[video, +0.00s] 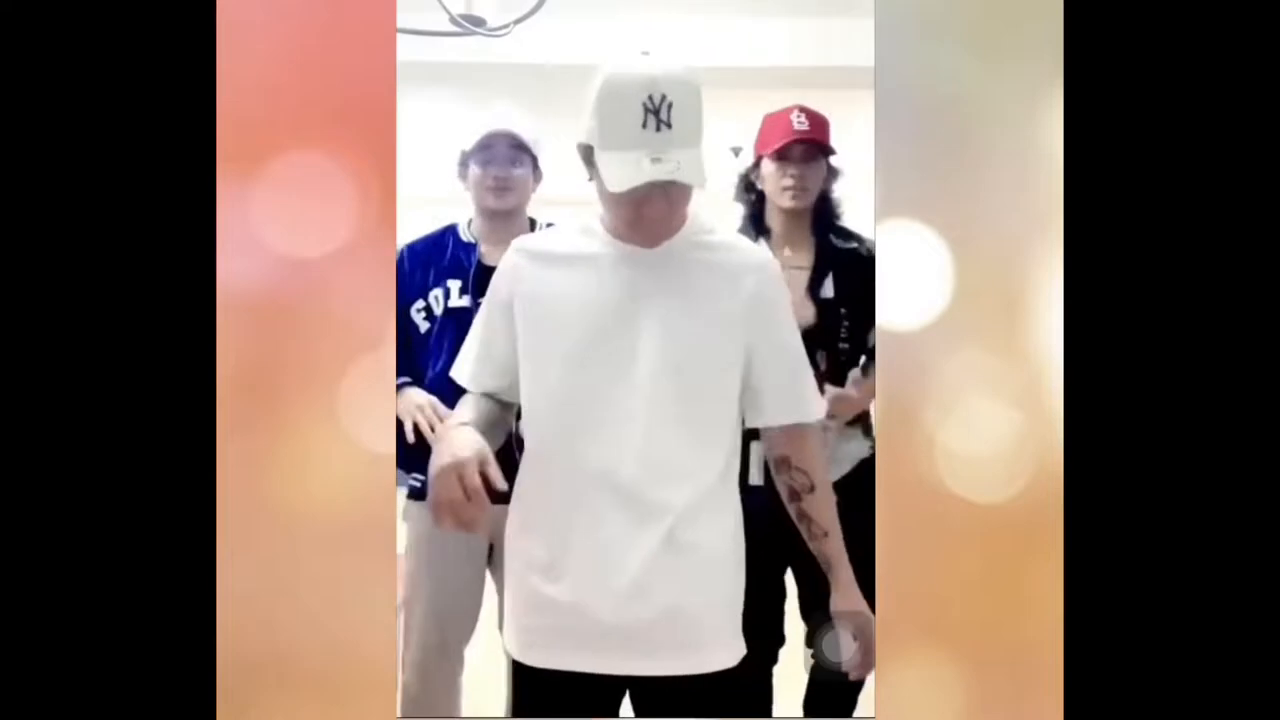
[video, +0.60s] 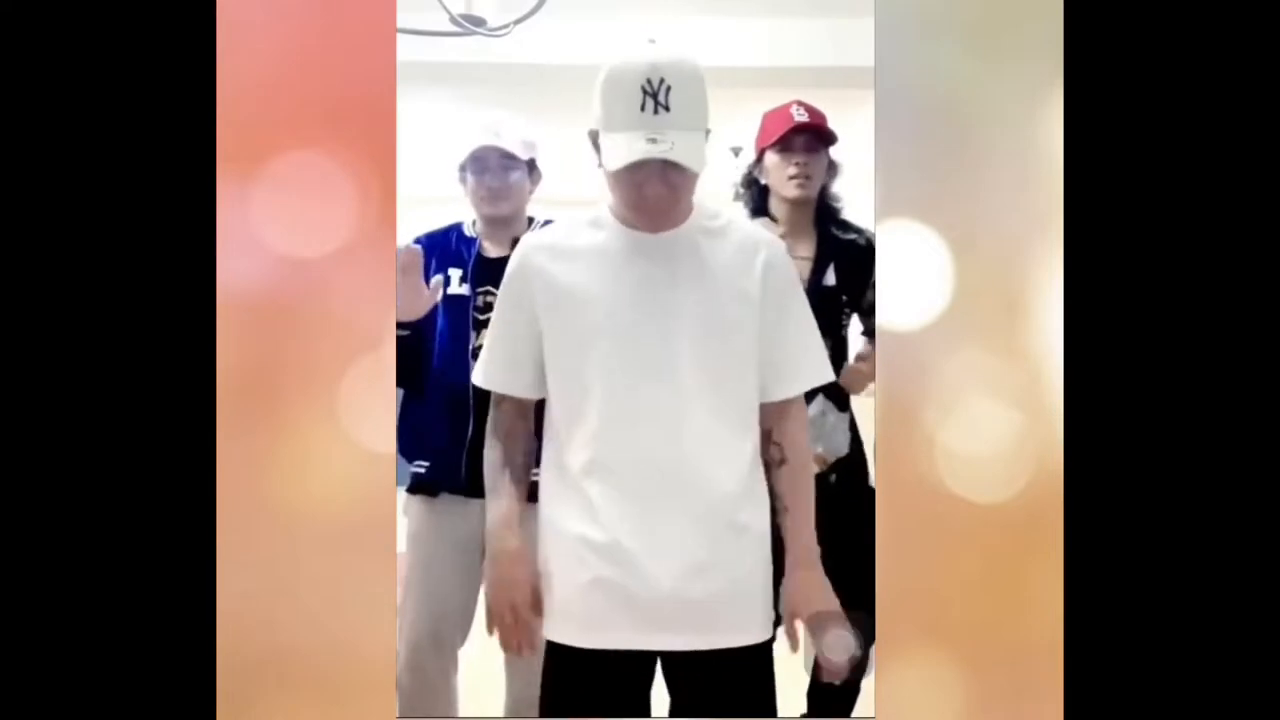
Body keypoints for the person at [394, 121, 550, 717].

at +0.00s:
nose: (500, 172)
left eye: (515, 162)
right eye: (486, 161)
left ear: (537, 179)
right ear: (464, 176)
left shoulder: (562, 262)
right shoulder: (418, 262)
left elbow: (589, 361)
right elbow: (371, 352)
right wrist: (402, 390)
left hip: (537, 488)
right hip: (441, 487)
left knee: (541, 659)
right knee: (430, 661)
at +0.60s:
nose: (492, 179)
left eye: (508, 166)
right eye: (480, 167)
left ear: (534, 179)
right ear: (462, 180)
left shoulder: (559, 255)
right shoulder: (429, 254)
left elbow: (585, 362)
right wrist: (400, 311)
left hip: (538, 492)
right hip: (445, 490)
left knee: (533, 655)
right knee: (423, 654)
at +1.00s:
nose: (495, 188)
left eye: (510, 173)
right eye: (484, 174)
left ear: (542, 173)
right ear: (470, 178)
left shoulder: (568, 251)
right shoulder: (446, 242)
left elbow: (582, 351)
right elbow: (391, 339)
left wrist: (510, 332)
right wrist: (448, 336)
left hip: (536, 484)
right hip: (446, 480)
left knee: (532, 636)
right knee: (435, 633)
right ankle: (432, 719)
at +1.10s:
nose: (494, 189)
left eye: (509, 174)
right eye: (483, 174)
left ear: (545, 173)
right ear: (471, 176)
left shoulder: (572, 253)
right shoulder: (450, 242)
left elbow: (588, 361)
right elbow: (397, 341)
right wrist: (479, 390)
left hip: (545, 488)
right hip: (454, 483)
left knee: (537, 652)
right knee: (437, 646)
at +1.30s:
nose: (492, 191)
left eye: (506, 175)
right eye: (482, 176)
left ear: (544, 175)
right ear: (471, 178)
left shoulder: (574, 256)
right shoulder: (451, 246)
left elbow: (595, 362)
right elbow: (409, 342)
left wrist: (581, 456)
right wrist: (417, 428)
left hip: (552, 490)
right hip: (462, 485)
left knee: (540, 656)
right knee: (441, 646)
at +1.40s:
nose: (487, 189)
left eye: (500, 174)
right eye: (477, 175)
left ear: (540, 175)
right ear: (467, 178)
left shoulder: (570, 257)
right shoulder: (447, 250)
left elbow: (592, 366)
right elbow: (410, 347)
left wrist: (571, 467)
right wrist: (410, 441)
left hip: (545, 491)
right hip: (457, 485)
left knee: (537, 652)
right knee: (441, 640)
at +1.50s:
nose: (476, 189)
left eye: (490, 173)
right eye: (467, 174)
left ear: (531, 172)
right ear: (457, 177)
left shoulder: (575, 255)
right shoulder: (439, 256)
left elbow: (586, 382)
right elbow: (401, 365)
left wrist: (504, 459)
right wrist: (406, 457)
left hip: (544, 490)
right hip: (448, 486)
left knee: (537, 653)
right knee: (436, 649)